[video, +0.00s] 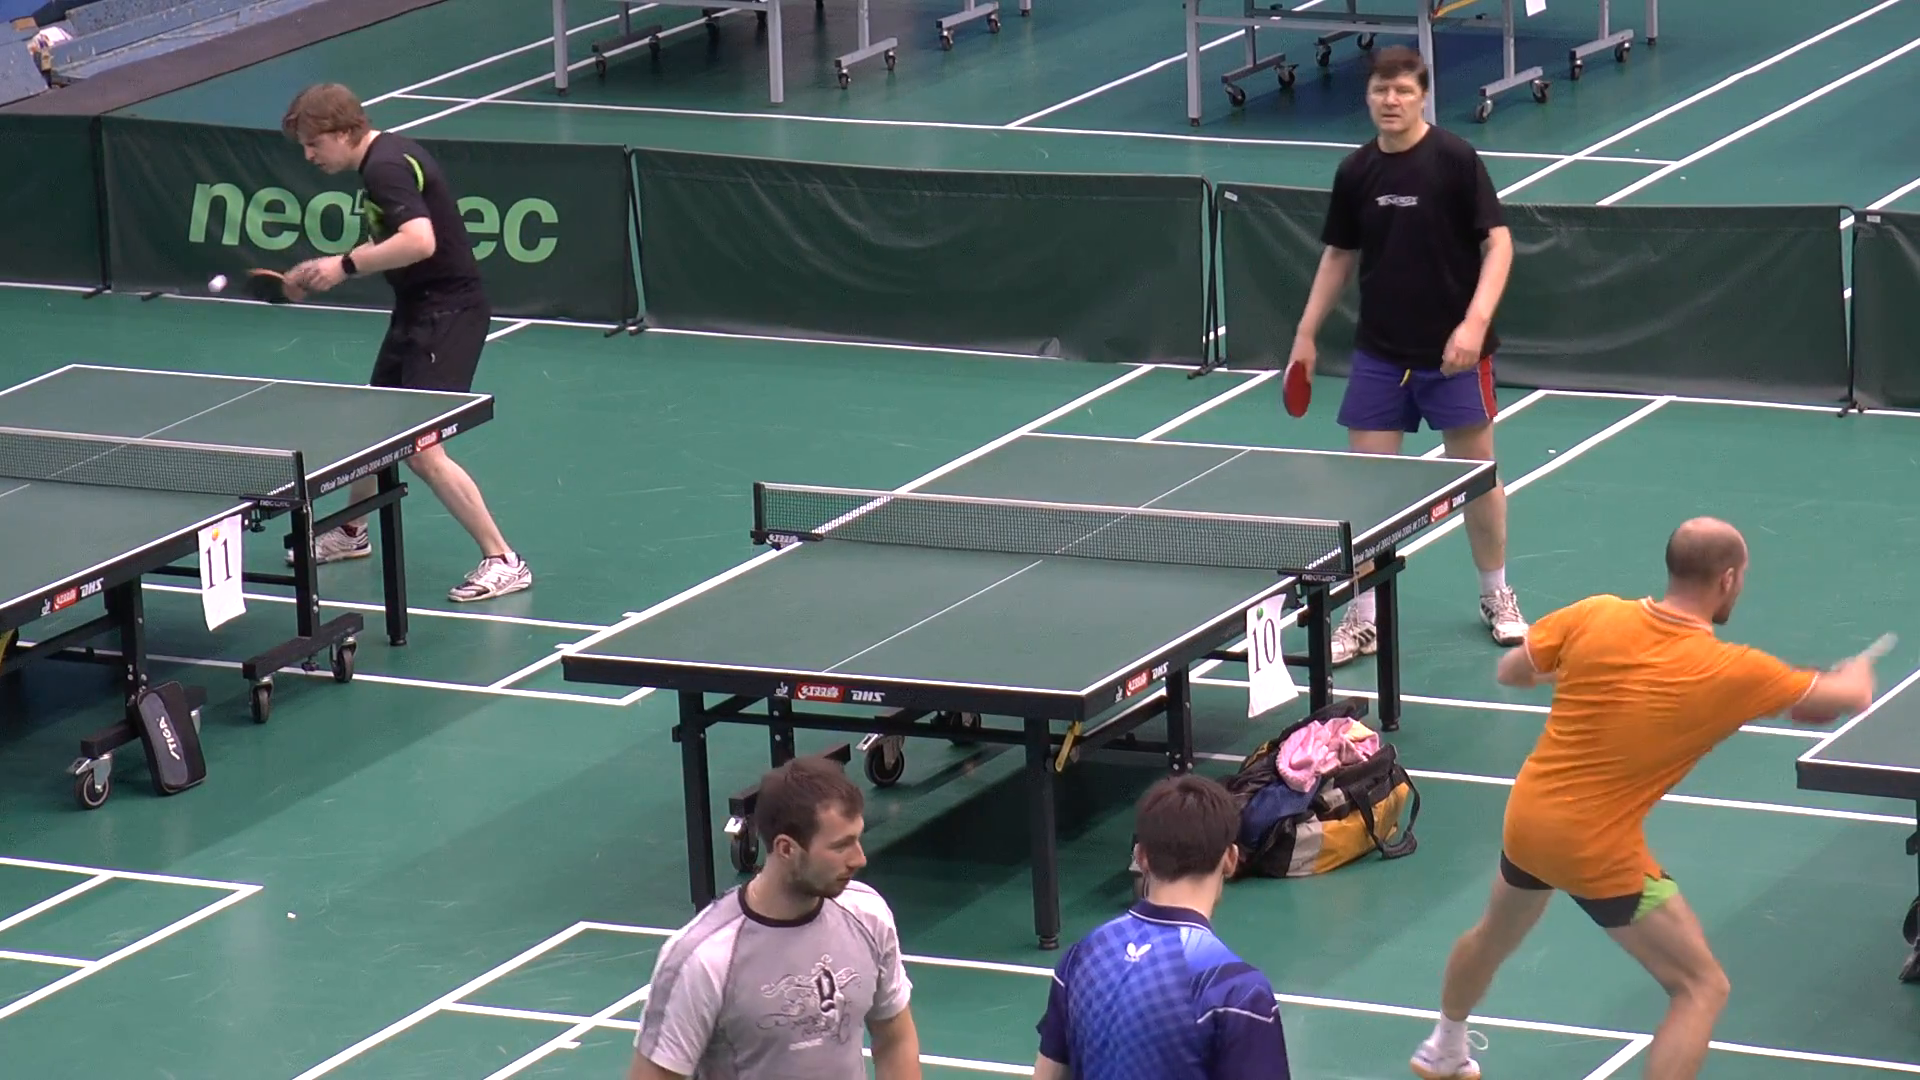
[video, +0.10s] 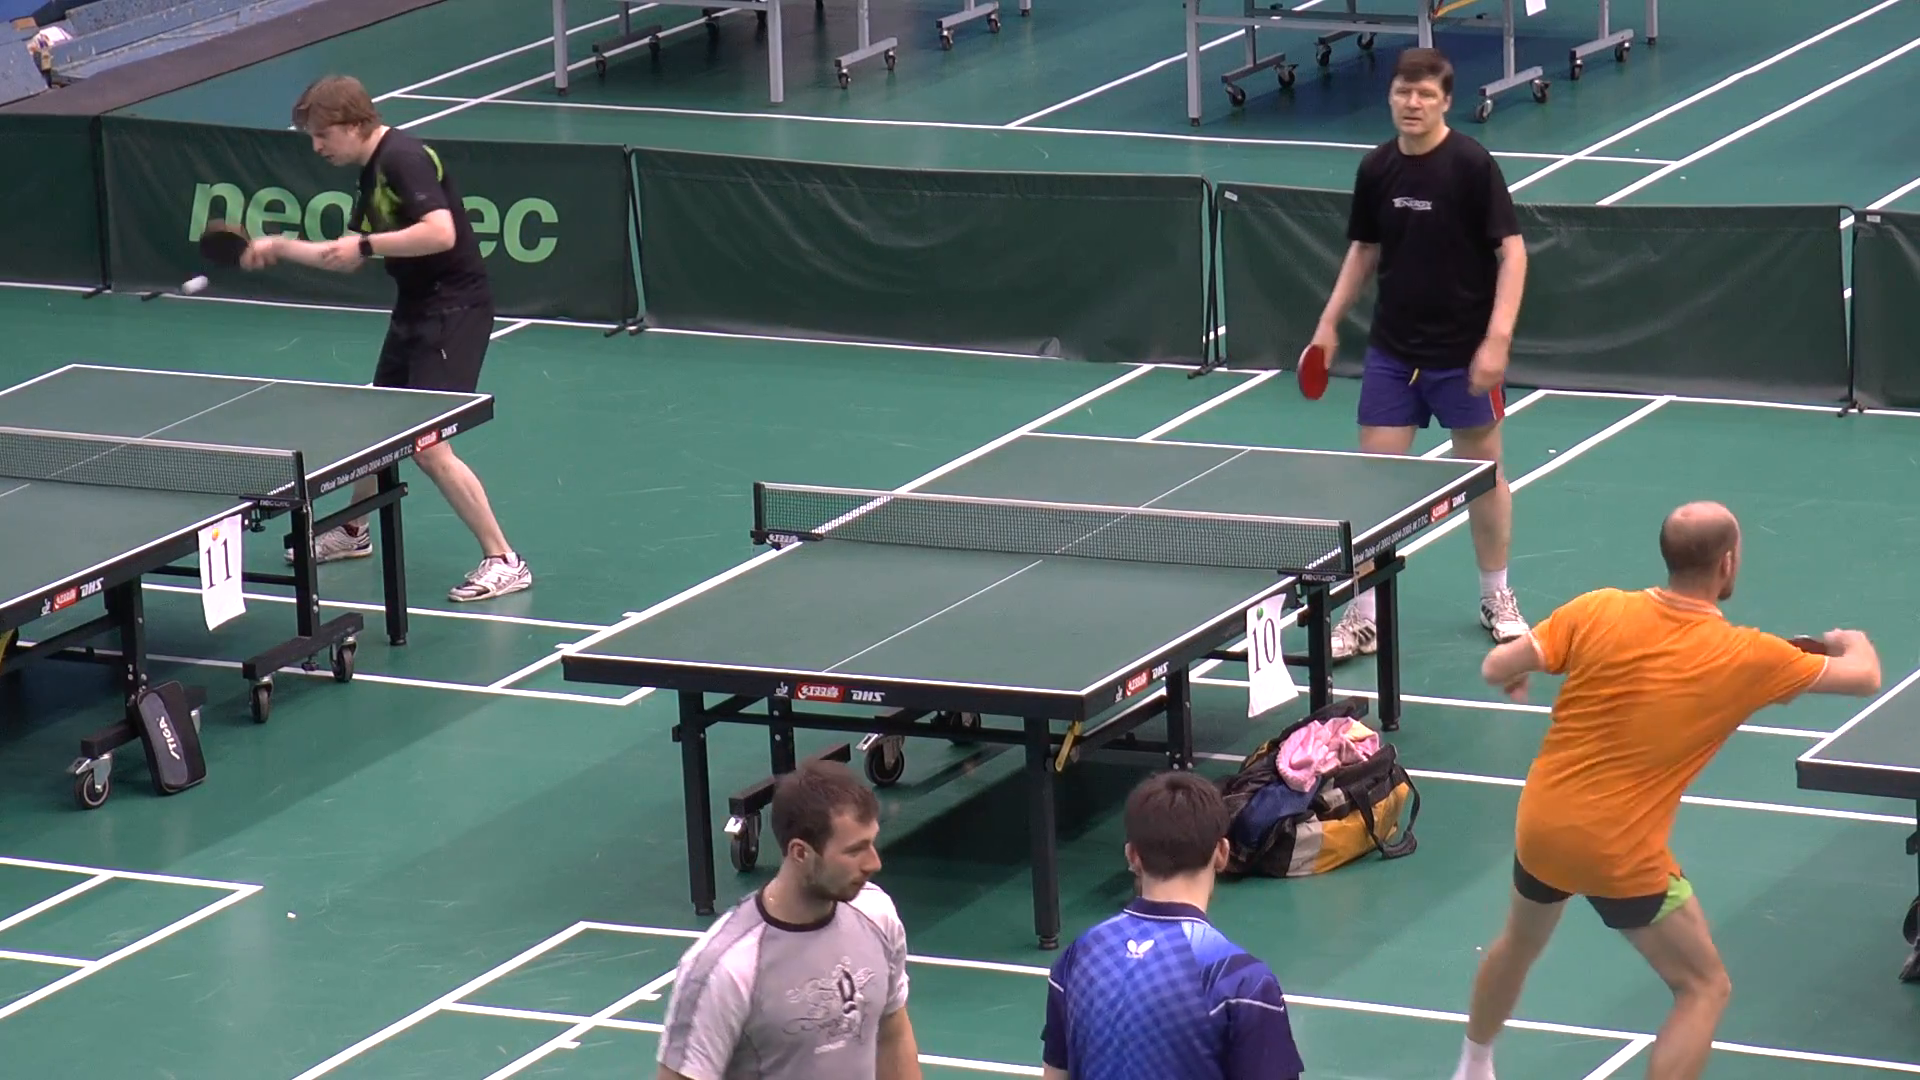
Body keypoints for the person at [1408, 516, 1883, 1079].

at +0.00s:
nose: (1742, 583)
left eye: (1744, 571)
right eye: (1742, 572)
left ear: (1670, 566)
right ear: (1726, 580)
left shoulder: (1597, 615)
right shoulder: (1732, 668)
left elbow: (1511, 670)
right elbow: (1848, 696)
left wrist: (1576, 653)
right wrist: (1858, 667)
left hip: (1526, 818)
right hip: (1597, 847)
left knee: (1493, 931)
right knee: (1701, 988)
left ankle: (1443, 1046)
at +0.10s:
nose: (1738, 559)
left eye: (1734, 549)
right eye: (1737, 551)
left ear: (1666, 557)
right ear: (1727, 563)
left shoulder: (1598, 610)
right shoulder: (1747, 652)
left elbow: (1496, 664)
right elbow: (1864, 675)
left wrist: (1510, 674)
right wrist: (1854, 638)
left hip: (1539, 827)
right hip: (1619, 853)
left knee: (1516, 941)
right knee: (1703, 987)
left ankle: (1472, 1066)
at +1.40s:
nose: (1733, 552)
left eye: (1731, 543)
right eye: (1732, 543)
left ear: (1661, 555)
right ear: (1721, 554)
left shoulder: (1616, 618)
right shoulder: (1756, 644)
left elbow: (1591, 715)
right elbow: (1839, 750)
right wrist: (1915, 778)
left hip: (1593, 835)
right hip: (1681, 850)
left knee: (1561, 953)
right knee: (1767, 1008)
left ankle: (1483, 1054)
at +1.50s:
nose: (1723, 542)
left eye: (1720, 532)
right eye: (1720, 533)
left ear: (1647, 548)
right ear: (1708, 549)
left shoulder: (1592, 616)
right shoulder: (1736, 641)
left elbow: (1513, 710)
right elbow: (1790, 762)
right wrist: (1863, 809)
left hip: (1590, 843)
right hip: (1688, 852)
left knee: (1543, 951)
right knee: (1757, 1004)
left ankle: (1493, 1072)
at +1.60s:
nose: (1728, 519)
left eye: (1724, 510)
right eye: (1725, 512)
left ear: (1655, 527)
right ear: (1711, 530)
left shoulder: (1598, 583)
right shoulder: (1730, 622)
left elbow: (1513, 666)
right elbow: (1761, 748)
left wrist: (1517, 707)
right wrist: (1831, 797)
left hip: (1588, 823)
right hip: (1672, 835)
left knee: (1546, 944)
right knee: (1780, 949)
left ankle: (1490, 1070)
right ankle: (1758, 1074)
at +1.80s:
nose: (1786, 492)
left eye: (1781, 484)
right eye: (1781, 487)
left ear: (1714, 507)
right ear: (1761, 511)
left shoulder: (1659, 548)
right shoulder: (1754, 608)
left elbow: (1615, 619)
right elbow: (1759, 734)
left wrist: (1688, 601)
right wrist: (1846, 780)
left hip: (1616, 784)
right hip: (1696, 803)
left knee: (1560, 922)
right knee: (1798, 927)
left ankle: (1486, 1061)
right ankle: (1792, 1069)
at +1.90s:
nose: (1828, 506)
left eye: (1822, 497)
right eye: (1821, 503)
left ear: (1756, 520)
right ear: (1802, 530)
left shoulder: (1712, 555)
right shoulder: (1788, 622)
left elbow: (1673, 615)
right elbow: (1790, 746)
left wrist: (1782, 596)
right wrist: (1884, 786)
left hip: (1655, 789)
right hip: (1733, 808)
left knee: (1584, 922)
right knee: (1830, 924)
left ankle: (1495, 1059)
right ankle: (1823, 1071)